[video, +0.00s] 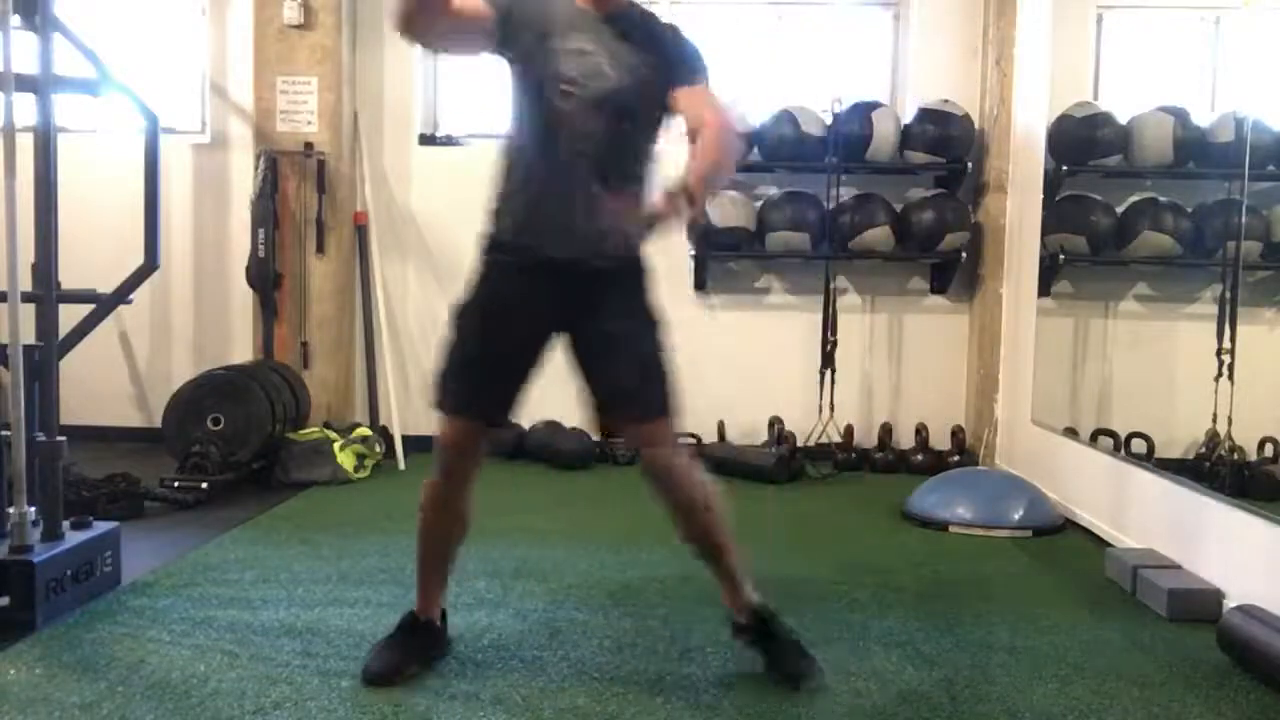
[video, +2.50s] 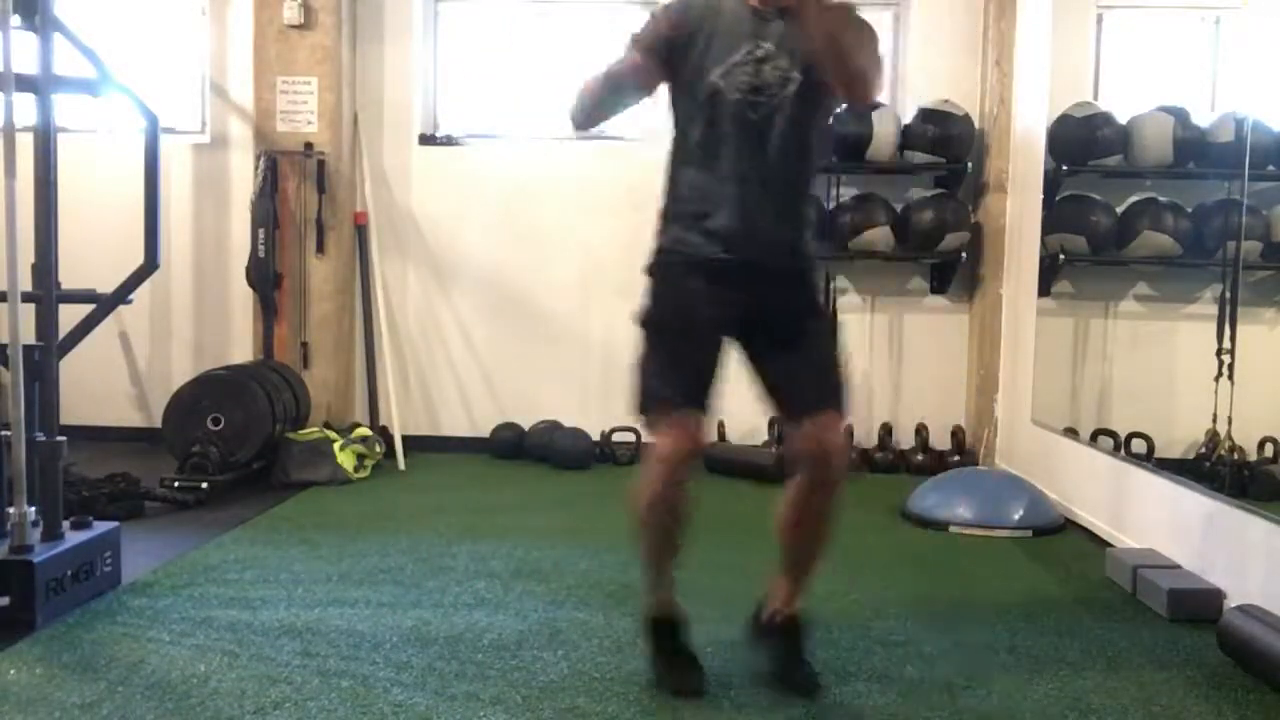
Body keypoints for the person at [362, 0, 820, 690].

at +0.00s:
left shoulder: (661, 43)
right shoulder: (525, 13)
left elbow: (715, 132)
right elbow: (420, 24)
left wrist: (680, 196)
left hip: (609, 273)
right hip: (516, 265)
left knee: (659, 451)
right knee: (455, 448)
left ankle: (749, 613)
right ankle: (426, 620)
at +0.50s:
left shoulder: (566, 34)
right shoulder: (430, 37)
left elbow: (650, 126)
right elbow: (369, 92)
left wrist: (704, 213)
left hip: (533, 258)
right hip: (451, 266)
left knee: (388, 159)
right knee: (396, 440)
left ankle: (401, 375)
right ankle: (424, 619)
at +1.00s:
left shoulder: (648, 17)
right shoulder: (510, 15)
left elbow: (742, 105)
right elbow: (422, 69)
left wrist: (795, 187)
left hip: (626, 266)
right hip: (536, 266)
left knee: (633, 447)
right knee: (495, 444)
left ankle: (655, 617)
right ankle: (462, 609)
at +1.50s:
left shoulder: (848, 35)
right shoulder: (711, 67)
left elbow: (975, 33)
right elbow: (643, 175)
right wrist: (652, 213)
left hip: (853, 290)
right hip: (757, 297)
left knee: (921, 460)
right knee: (705, 466)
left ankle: (936, 638)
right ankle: (583, 598)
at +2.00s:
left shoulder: (932, 46)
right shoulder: (793, 54)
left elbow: (989, 101)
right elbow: (715, 160)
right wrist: (698, 265)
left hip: (912, 281)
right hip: (821, 270)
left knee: (972, 465)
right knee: (983, 219)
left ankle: (938, 636)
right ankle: (920, 447)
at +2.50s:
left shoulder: (831, 22)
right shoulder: (692, 15)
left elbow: (864, 89)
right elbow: (585, 111)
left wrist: (810, 8)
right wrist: (629, 71)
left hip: (781, 266)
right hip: (690, 261)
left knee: (826, 449)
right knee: (674, 446)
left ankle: (780, 614)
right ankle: (661, 614)